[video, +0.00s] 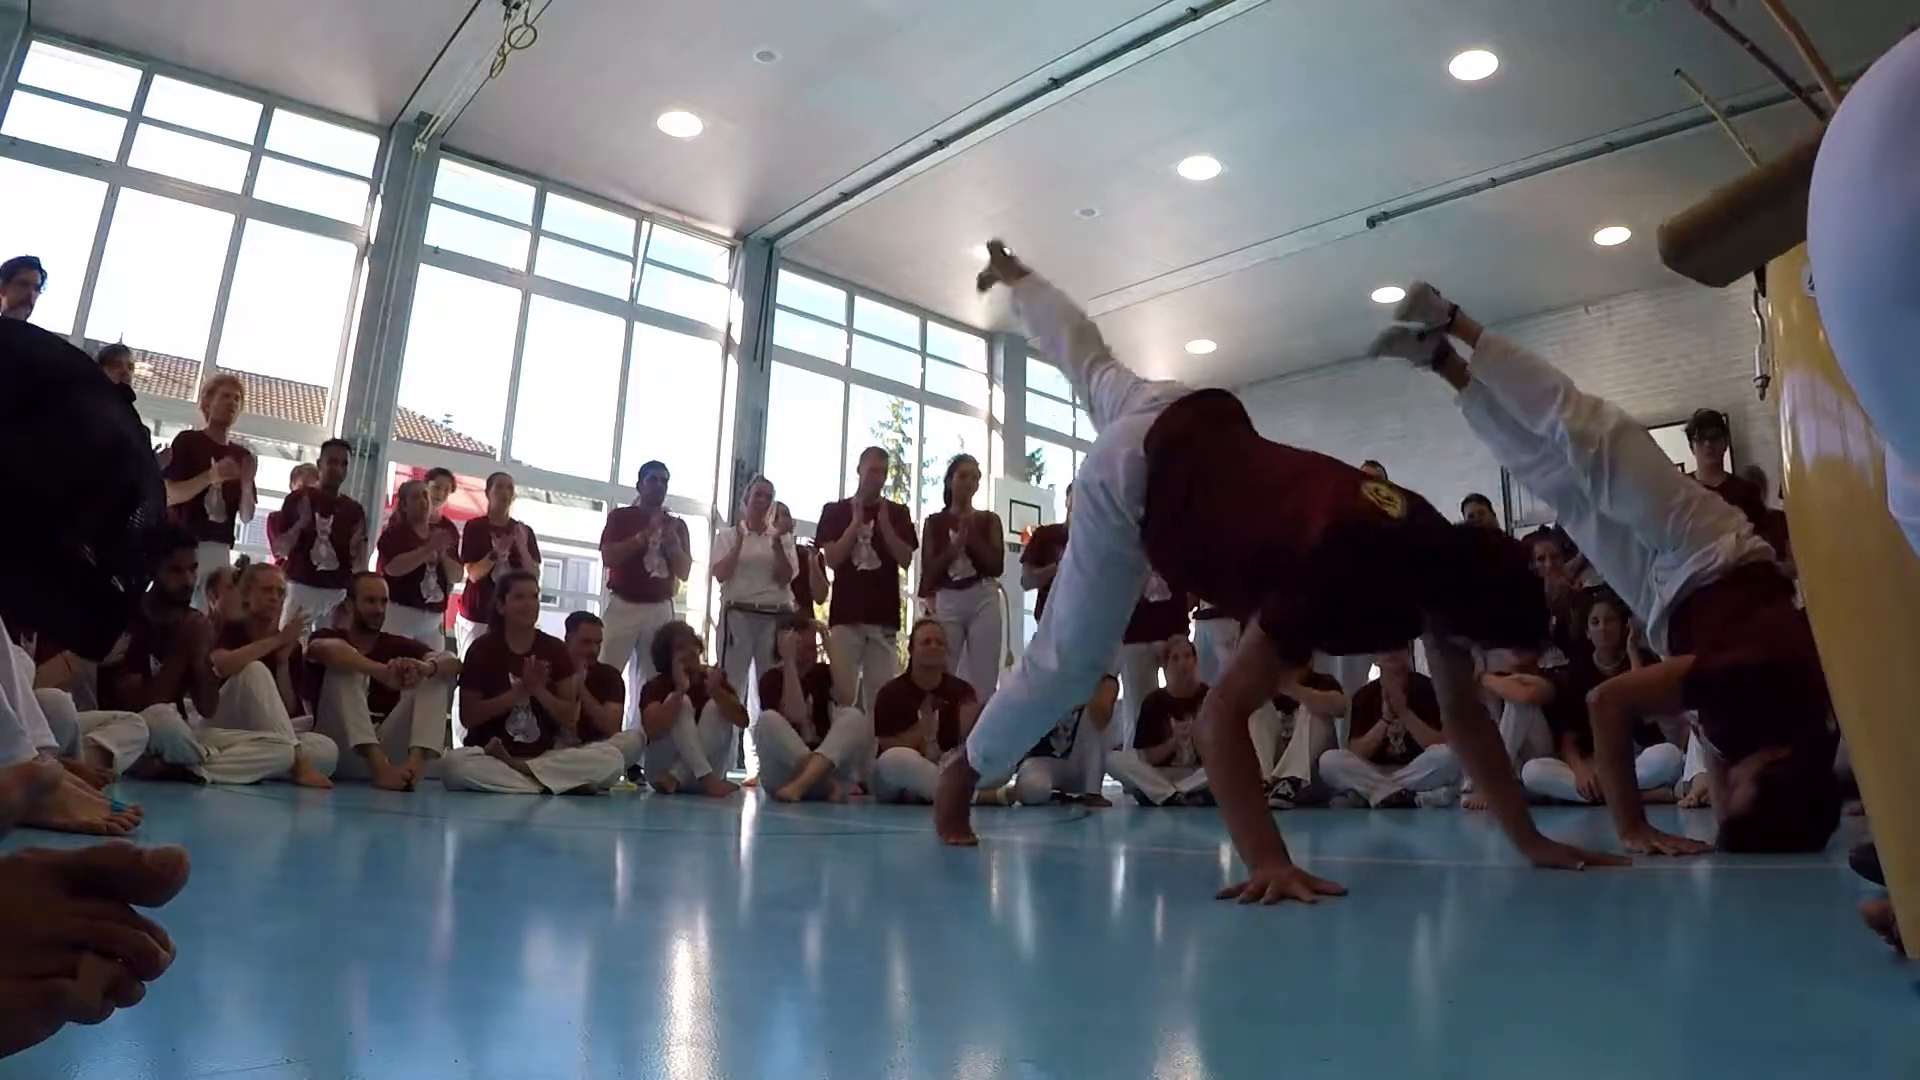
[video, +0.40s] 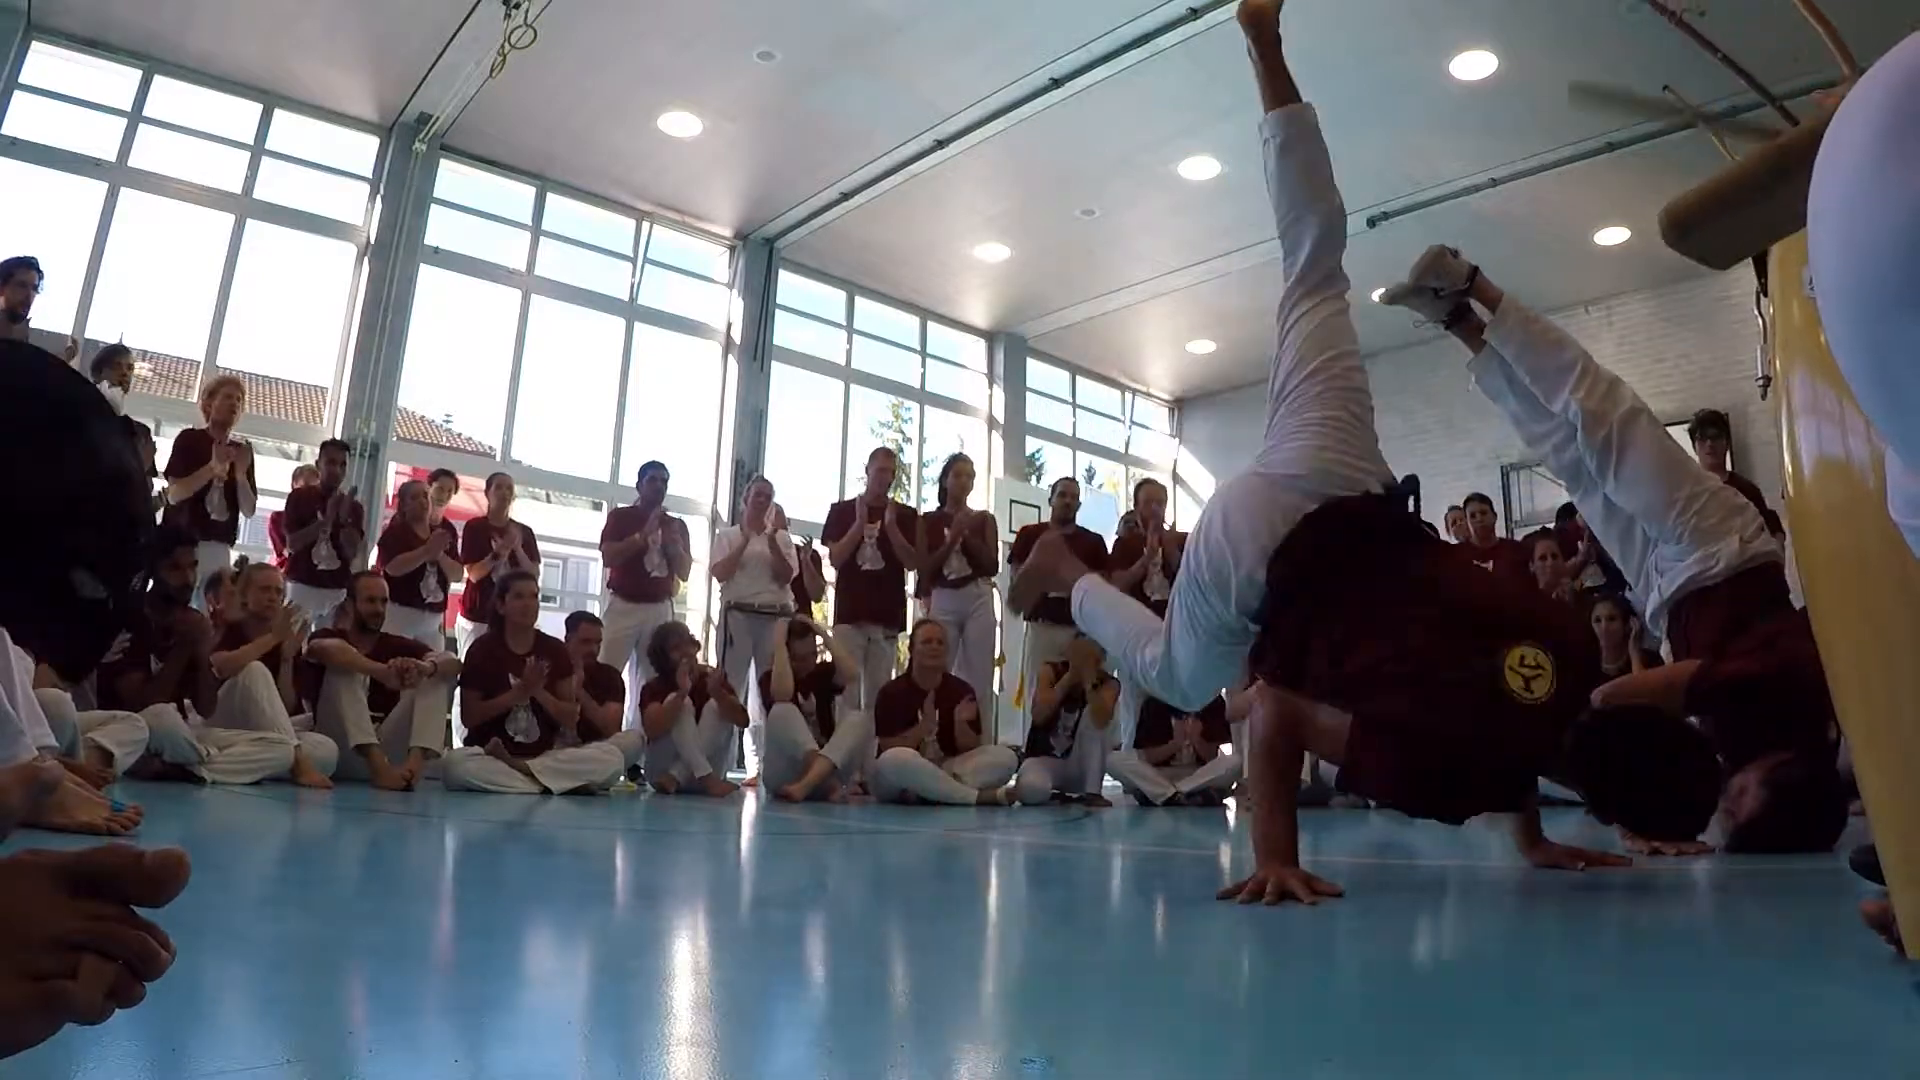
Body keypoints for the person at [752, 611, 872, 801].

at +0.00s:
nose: (812, 650)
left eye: (814, 646)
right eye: (806, 646)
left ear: (817, 646)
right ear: (784, 648)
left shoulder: (823, 672)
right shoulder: (771, 678)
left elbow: (846, 698)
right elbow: (797, 715)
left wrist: (829, 646)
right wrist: (789, 661)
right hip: (785, 778)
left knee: (854, 717)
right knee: (768, 719)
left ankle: (801, 784)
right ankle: (829, 785)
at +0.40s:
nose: (807, 663)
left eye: (812, 655)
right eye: (799, 658)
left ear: (816, 652)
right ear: (786, 656)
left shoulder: (823, 674)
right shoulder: (770, 679)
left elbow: (850, 673)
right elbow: (783, 695)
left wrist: (824, 634)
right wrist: (780, 643)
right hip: (786, 778)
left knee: (859, 720)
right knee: (783, 712)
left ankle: (806, 785)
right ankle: (831, 785)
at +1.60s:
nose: (811, 664)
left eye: (818, 656)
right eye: (804, 657)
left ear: (827, 654)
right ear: (794, 656)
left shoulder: (836, 679)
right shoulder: (780, 680)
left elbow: (859, 687)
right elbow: (775, 701)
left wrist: (839, 656)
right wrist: (791, 653)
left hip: (832, 779)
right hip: (785, 777)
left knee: (851, 711)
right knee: (797, 701)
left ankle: (812, 785)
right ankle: (824, 783)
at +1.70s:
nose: (806, 657)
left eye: (812, 649)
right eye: (799, 652)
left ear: (821, 648)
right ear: (790, 653)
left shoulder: (836, 679)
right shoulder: (781, 679)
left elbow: (860, 695)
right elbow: (773, 703)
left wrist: (838, 659)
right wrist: (807, 668)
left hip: (831, 778)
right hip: (785, 776)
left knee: (847, 711)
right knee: (796, 700)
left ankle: (812, 785)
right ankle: (824, 783)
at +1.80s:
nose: (810, 655)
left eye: (814, 647)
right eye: (801, 653)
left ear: (823, 645)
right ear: (791, 658)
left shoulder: (839, 679)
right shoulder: (785, 678)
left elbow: (860, 696)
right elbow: (775, 701)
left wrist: (844, 664)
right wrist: (817, 683)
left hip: (832, 778)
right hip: (785, 776)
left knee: (846, 709)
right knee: (795, 702)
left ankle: (812, 785)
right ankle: (825, 783)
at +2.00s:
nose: (810, 651)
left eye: (813, 642)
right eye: (800, 649)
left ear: (821, 644)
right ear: (790, 656)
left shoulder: (837, 678)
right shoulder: (784, 677)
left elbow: (861, 699)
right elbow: (777, 701)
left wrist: (840, 658)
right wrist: (833, 697)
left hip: (832, 779)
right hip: (786, 777)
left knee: (845, 709)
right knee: (795, 704)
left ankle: (812, 785)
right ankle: (824, 784)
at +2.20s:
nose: (812, 648)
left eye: (816, 640)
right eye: (803, 644)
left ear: (825, 644)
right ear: (792, 653)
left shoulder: (845, 684)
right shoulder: (781, 685)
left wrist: (814, 782)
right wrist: (824, 785)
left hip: (833, 779)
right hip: (785, 778)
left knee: (847, 720)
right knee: (794, 723)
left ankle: (812, 785)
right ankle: (825, 786)